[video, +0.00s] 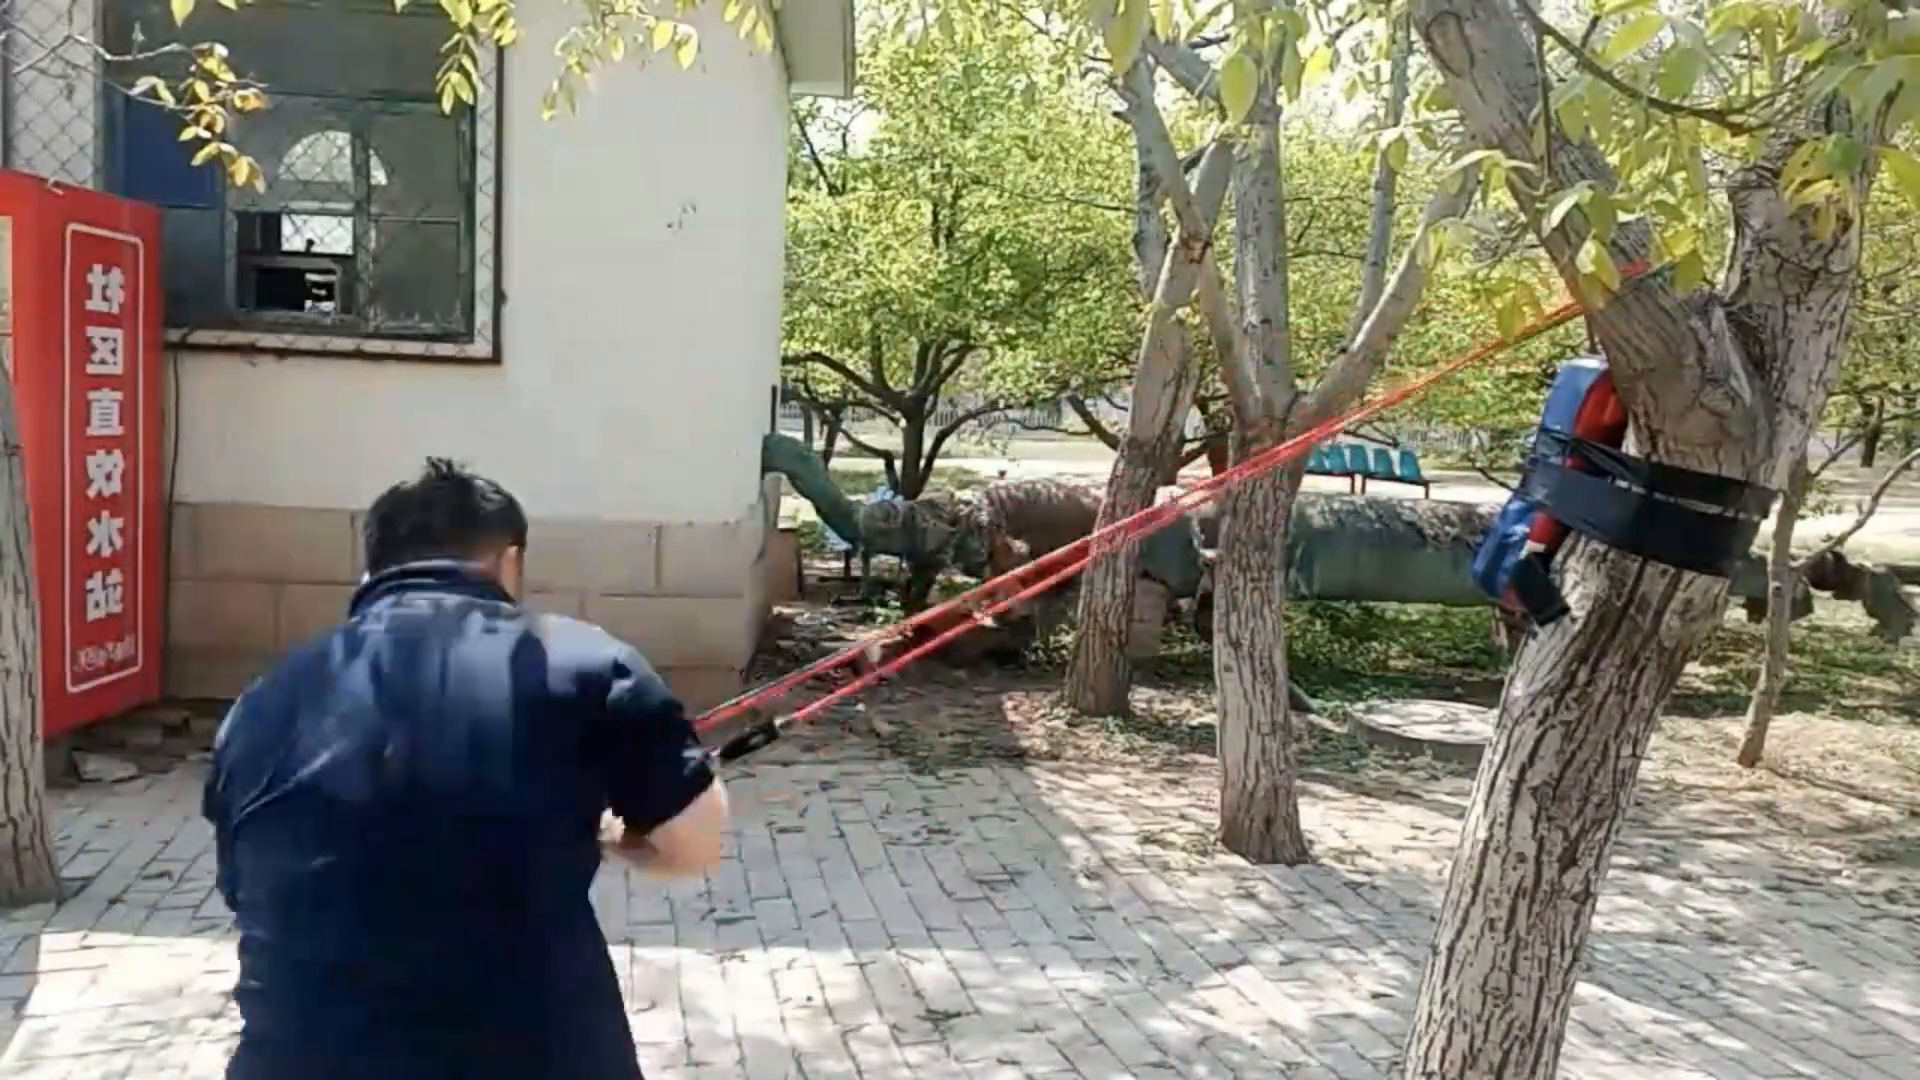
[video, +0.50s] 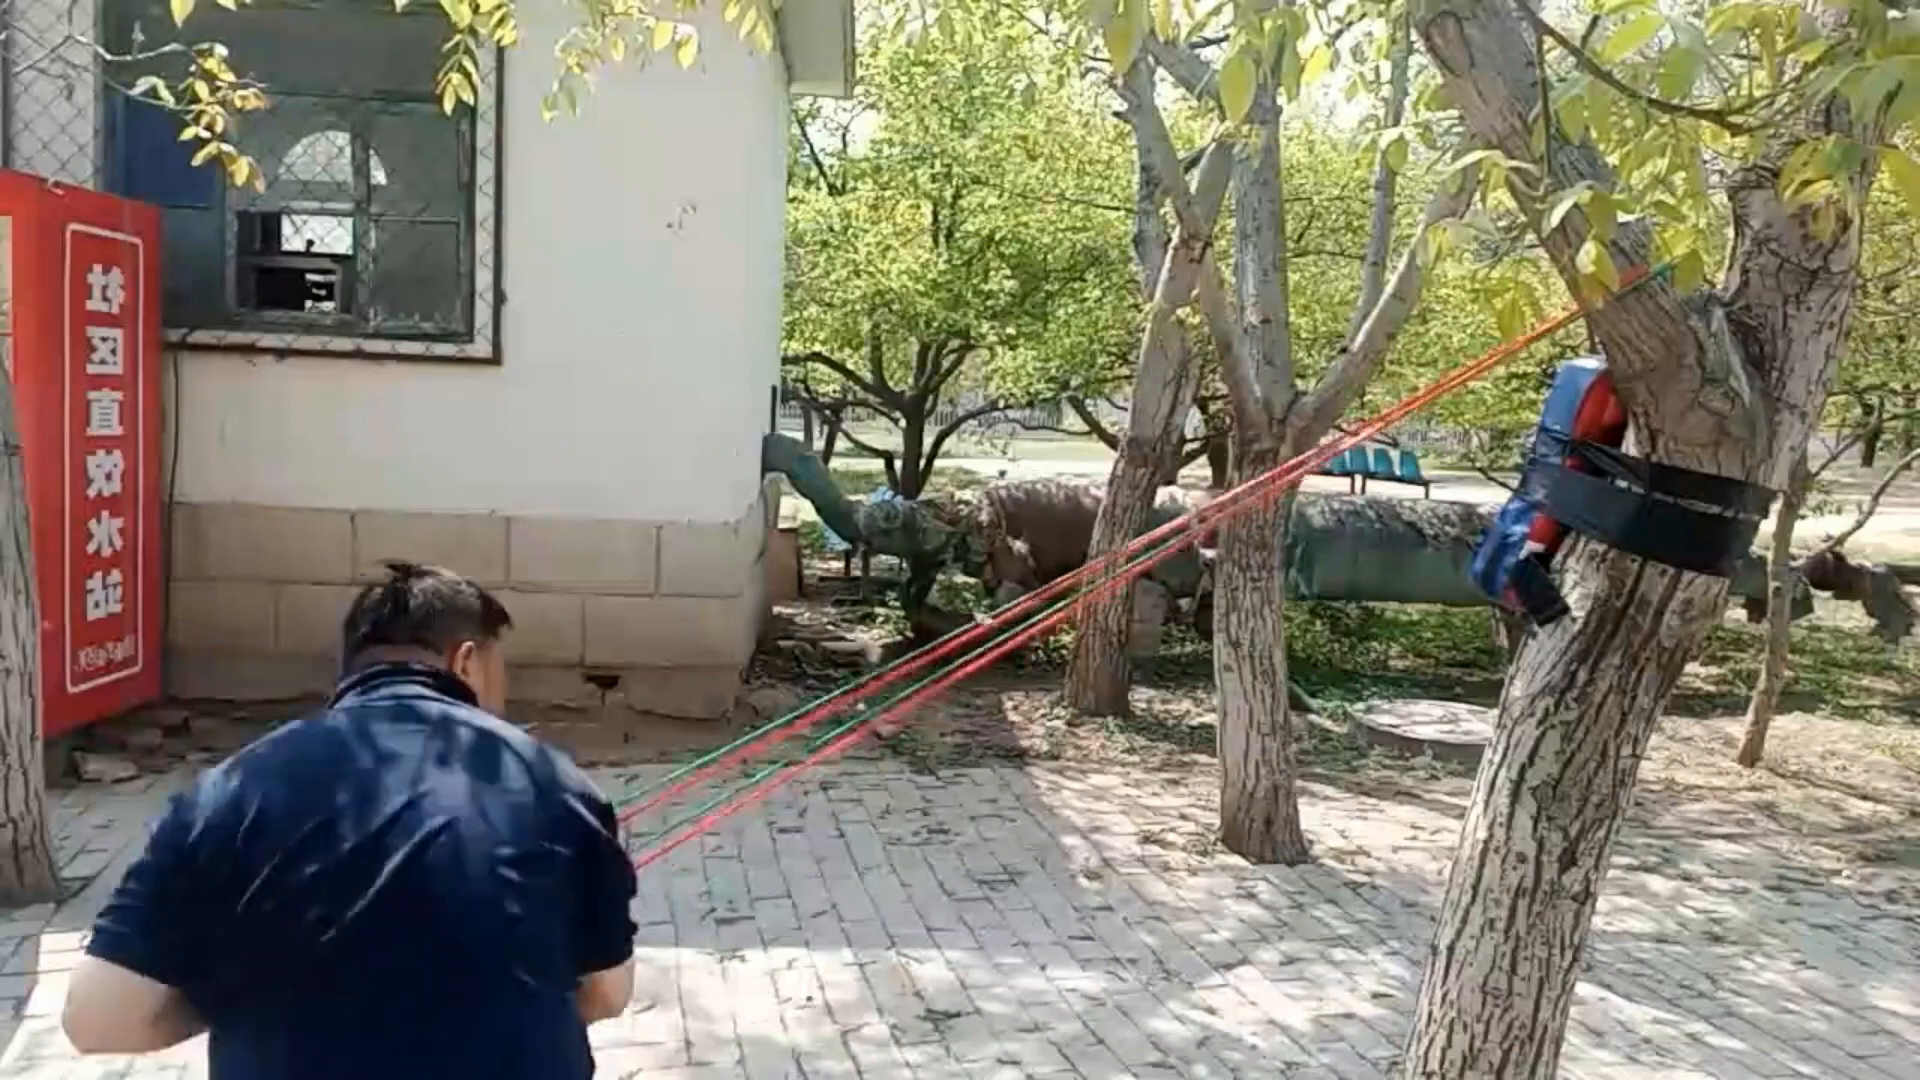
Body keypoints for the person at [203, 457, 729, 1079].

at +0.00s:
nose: (521, 589)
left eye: (520, 571)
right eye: (520, 569)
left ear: (371, 570)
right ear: (505, 562)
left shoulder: (261, 706)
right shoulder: (580, 666)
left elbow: (245, 887)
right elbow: (695, 845)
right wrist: (589, 831)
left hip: (308, 1060)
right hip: (536, 1057)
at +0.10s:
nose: (482, 678)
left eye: (481, 656)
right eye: (481, 655)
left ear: (332, 666)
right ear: (458, 650)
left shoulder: (229, 780)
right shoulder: (550, 764)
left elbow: (110, 1020)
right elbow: (611, 981)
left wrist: (269, 977)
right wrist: (484, 965)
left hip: (303, 1071)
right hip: (529, 1071)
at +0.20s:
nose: (462, 731)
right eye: (460, 715)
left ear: (304, 723)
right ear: (437, 705)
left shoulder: (223, 817)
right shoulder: (530, 814)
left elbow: (103, 1037)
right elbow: (566, 1029)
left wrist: (233, 1038)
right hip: (507, 1068)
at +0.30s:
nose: (464, 742)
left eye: (464, 726)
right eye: (463, 724)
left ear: (311, 730)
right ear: (438, 716)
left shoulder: (222, 837)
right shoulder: (532, 827)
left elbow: (100, 1056)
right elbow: (571, 1043)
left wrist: (227, 1045)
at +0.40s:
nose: (484, 739)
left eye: (483, 721)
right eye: (483, 719)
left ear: (339, 715)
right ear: (455, 709)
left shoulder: (228, 828)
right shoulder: (541, 822)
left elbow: (102, 1051)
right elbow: (584, 1041)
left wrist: (249, 1042)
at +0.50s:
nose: (505, 701)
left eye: (505, 676)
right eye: (502, 673)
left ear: (353, 671)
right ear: (465, 660)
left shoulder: (232, 788)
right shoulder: (551, 781)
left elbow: (99, 1020)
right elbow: (606, 992)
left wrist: (263, 979)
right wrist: (481, 993)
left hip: (292, 1071)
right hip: (516, 1071)